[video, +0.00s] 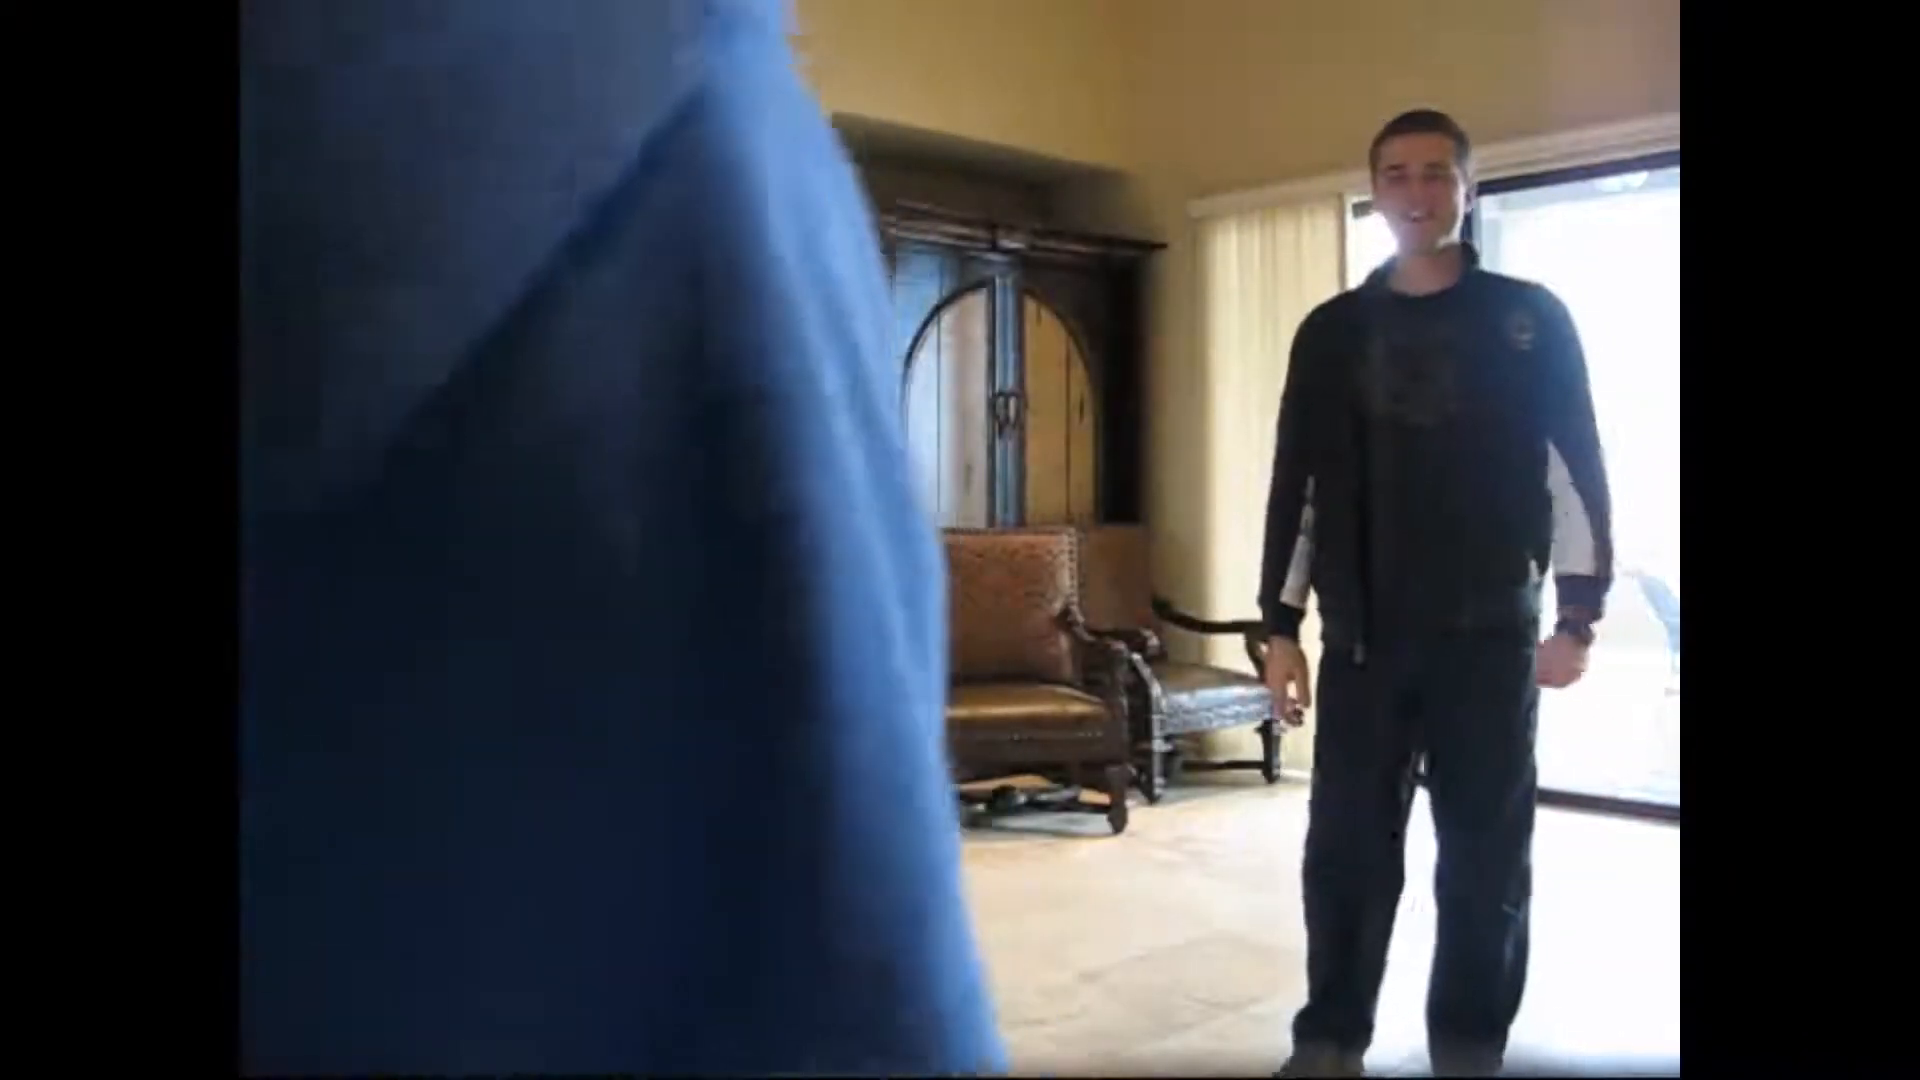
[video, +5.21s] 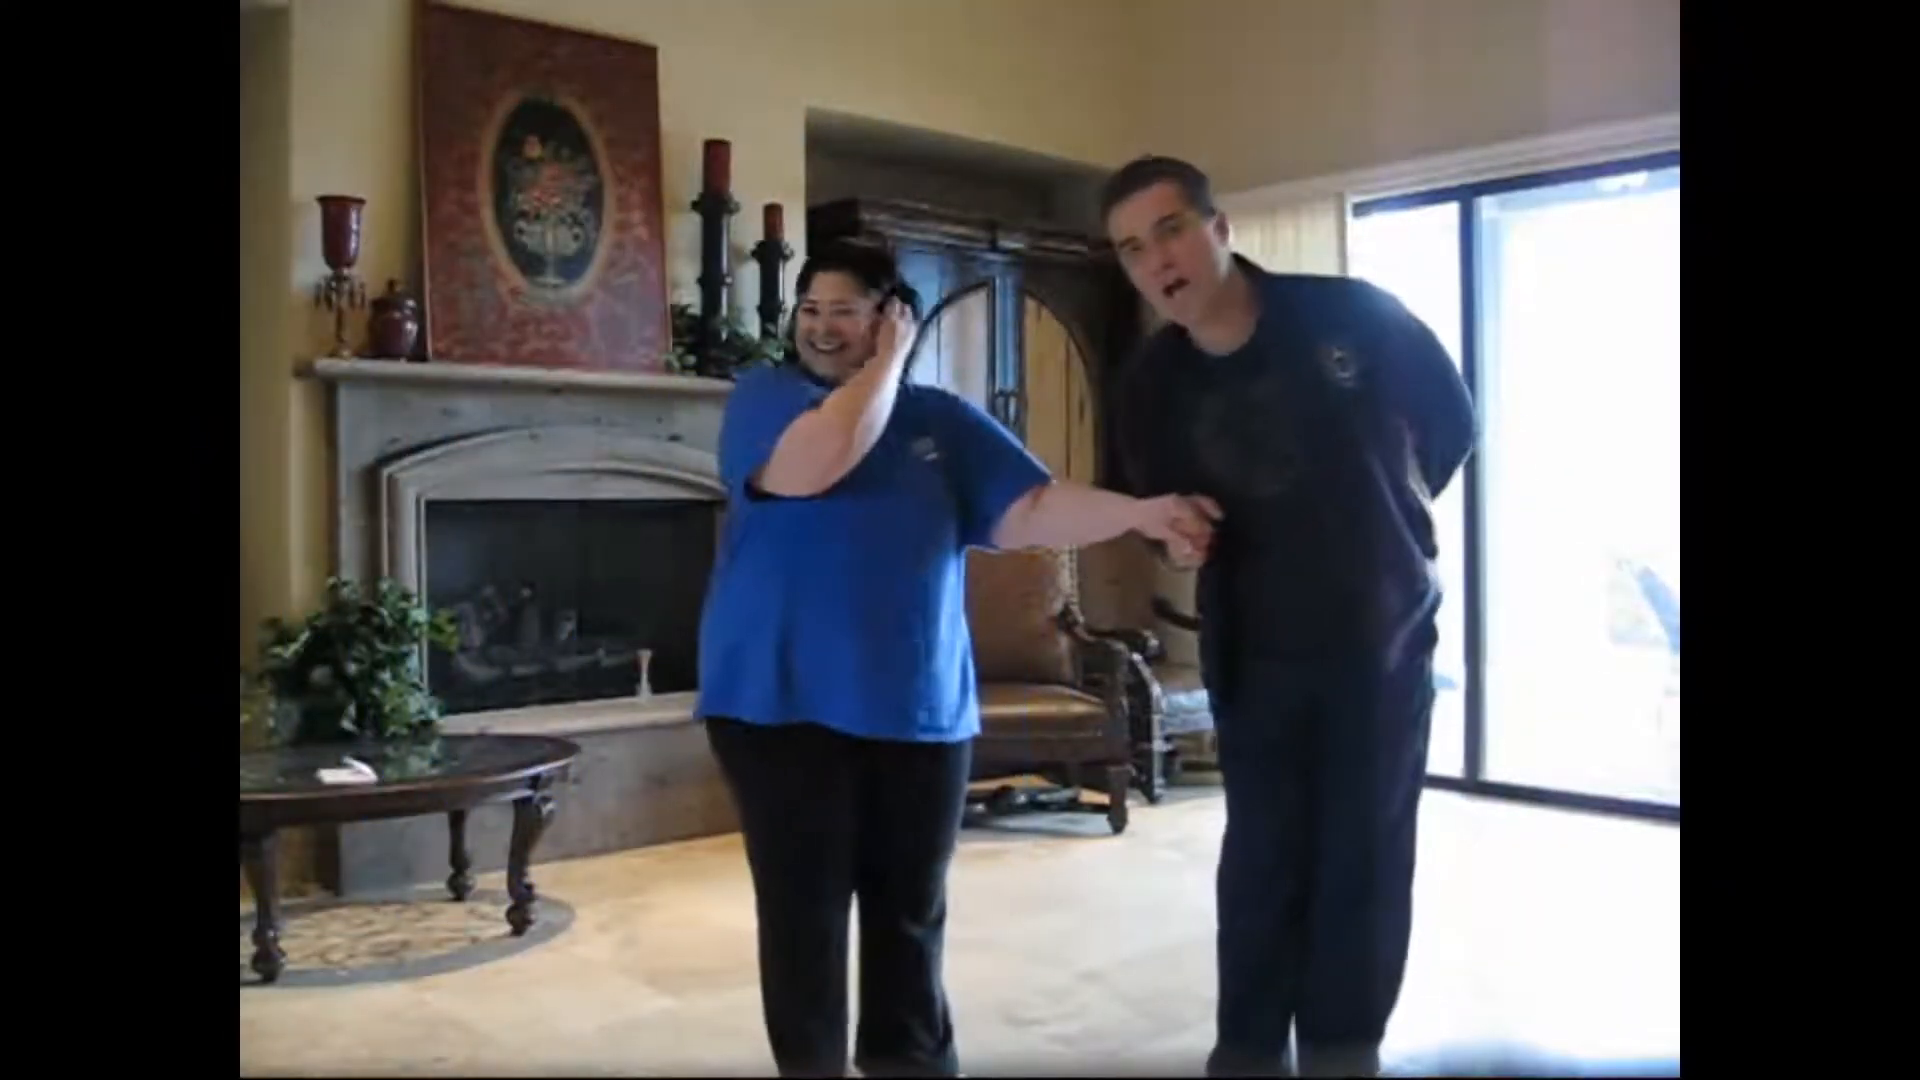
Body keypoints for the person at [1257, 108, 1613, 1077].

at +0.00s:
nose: (1418, 190)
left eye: (1436, 173)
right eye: (1398, 174)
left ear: (1468, 188)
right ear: (1374, 193)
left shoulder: (1529, 315)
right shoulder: (1330, 329)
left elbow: (1583, 475)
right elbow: (1291, 483)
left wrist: (1576, 619)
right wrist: (1277, 622)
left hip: (1489, 638)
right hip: (1363, 639)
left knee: (1486, 867)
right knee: (1344, 856)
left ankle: (1468, 1055)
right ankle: (1328, 1045)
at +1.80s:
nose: (1301, 206)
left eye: (1319, 187)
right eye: (1283, 191)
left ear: (1355, 199)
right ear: (1265, 207)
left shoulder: (1420, 327)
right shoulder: (1223, 345)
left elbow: (1471, 483)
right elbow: (1177, 491)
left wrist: (1426, 592)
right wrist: (1124, 609)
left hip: (1380, 634)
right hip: (1258, 638)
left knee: (1414, 853)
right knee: (1235, 854)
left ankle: (1440, 1053)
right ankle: (1210, 1054)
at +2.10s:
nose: (1227, 204)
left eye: (1247, 186)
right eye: (1211, 188)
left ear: (1281, 199)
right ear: (1189, 204)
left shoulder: (1338, 316)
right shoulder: (1159, 336)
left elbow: (1384, 475)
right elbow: (1084, 459)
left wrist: (1359, 618)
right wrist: (988, 564)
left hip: (1317, 632)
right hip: (1193, 638)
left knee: (1367, 860)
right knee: (1201, 872)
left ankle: (1418, 1050)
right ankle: (1207, 1059)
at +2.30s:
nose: (1192, 206)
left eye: (1211, 187)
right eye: (1174, 191)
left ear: (1245, 196)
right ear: (1156, 205)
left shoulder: (1317, 314)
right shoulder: (1125, 337)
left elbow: (1373, 466)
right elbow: (1017, 432)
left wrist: (1379, 616)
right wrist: (897, 474)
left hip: (1305, 625)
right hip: (1186, 630)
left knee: (1347, 858)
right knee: (1199, 866)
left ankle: (1385, 1053)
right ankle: (1206, 1056)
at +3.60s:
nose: (1266, 253)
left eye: (1278, 230)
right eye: (1244, 234)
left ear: (1295, 211)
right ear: (1200, 221)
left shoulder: (1343, 315)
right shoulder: (1148, 337)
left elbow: (1429, 450)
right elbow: (1098, 464)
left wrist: (1322, 472)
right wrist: (1041, 508)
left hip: (1325, 639)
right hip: (1205, 640)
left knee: (1327, 862)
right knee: (1210, 862)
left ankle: (1326, 1060)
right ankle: (1209, 1055)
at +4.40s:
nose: (1292, 181)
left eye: (1308, 160)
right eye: (1270, 167)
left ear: (1342, 173)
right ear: (1247, 189)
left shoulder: (1420, 303)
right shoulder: (1210, 325)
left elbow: (1481, 471)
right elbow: (1188, 469)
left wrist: (1410, 571)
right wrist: (1181, 476)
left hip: (1373, 636)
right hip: (1252, 637)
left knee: (1360, 865)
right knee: (1256, 860)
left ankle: (1338, 1059)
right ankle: (1250, 1055)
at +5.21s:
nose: (1158, 258)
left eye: (1171, 228)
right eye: (1134, 248)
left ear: (1219, 228)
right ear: (1125, 271)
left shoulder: (1353, 314)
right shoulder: (1146, 385)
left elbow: (1446, 431)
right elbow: (1141, 504)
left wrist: (1378, 519)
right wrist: (1174, 531)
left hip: (1378, 632)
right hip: (1253, 640)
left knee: (1362, 859)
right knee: (1262, 859)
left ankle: (1342, 1057)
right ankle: (1247, 1058)